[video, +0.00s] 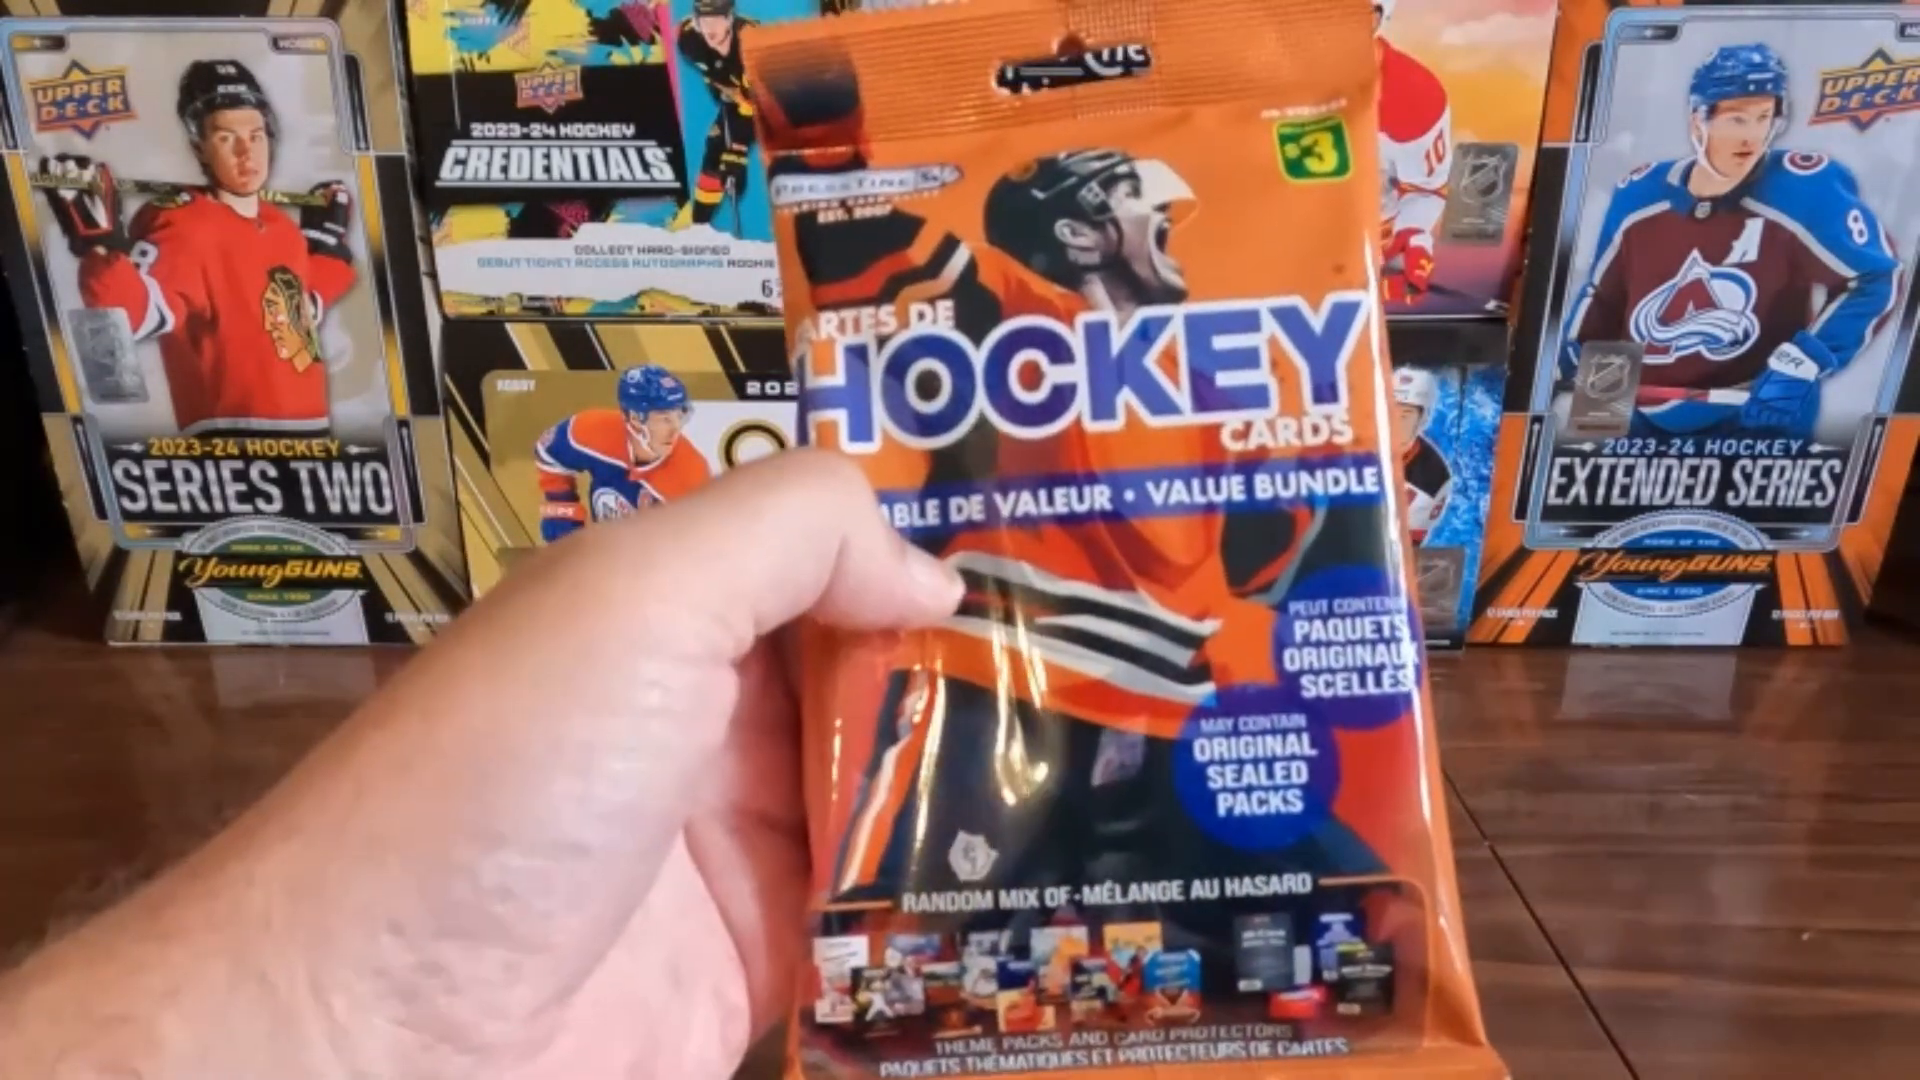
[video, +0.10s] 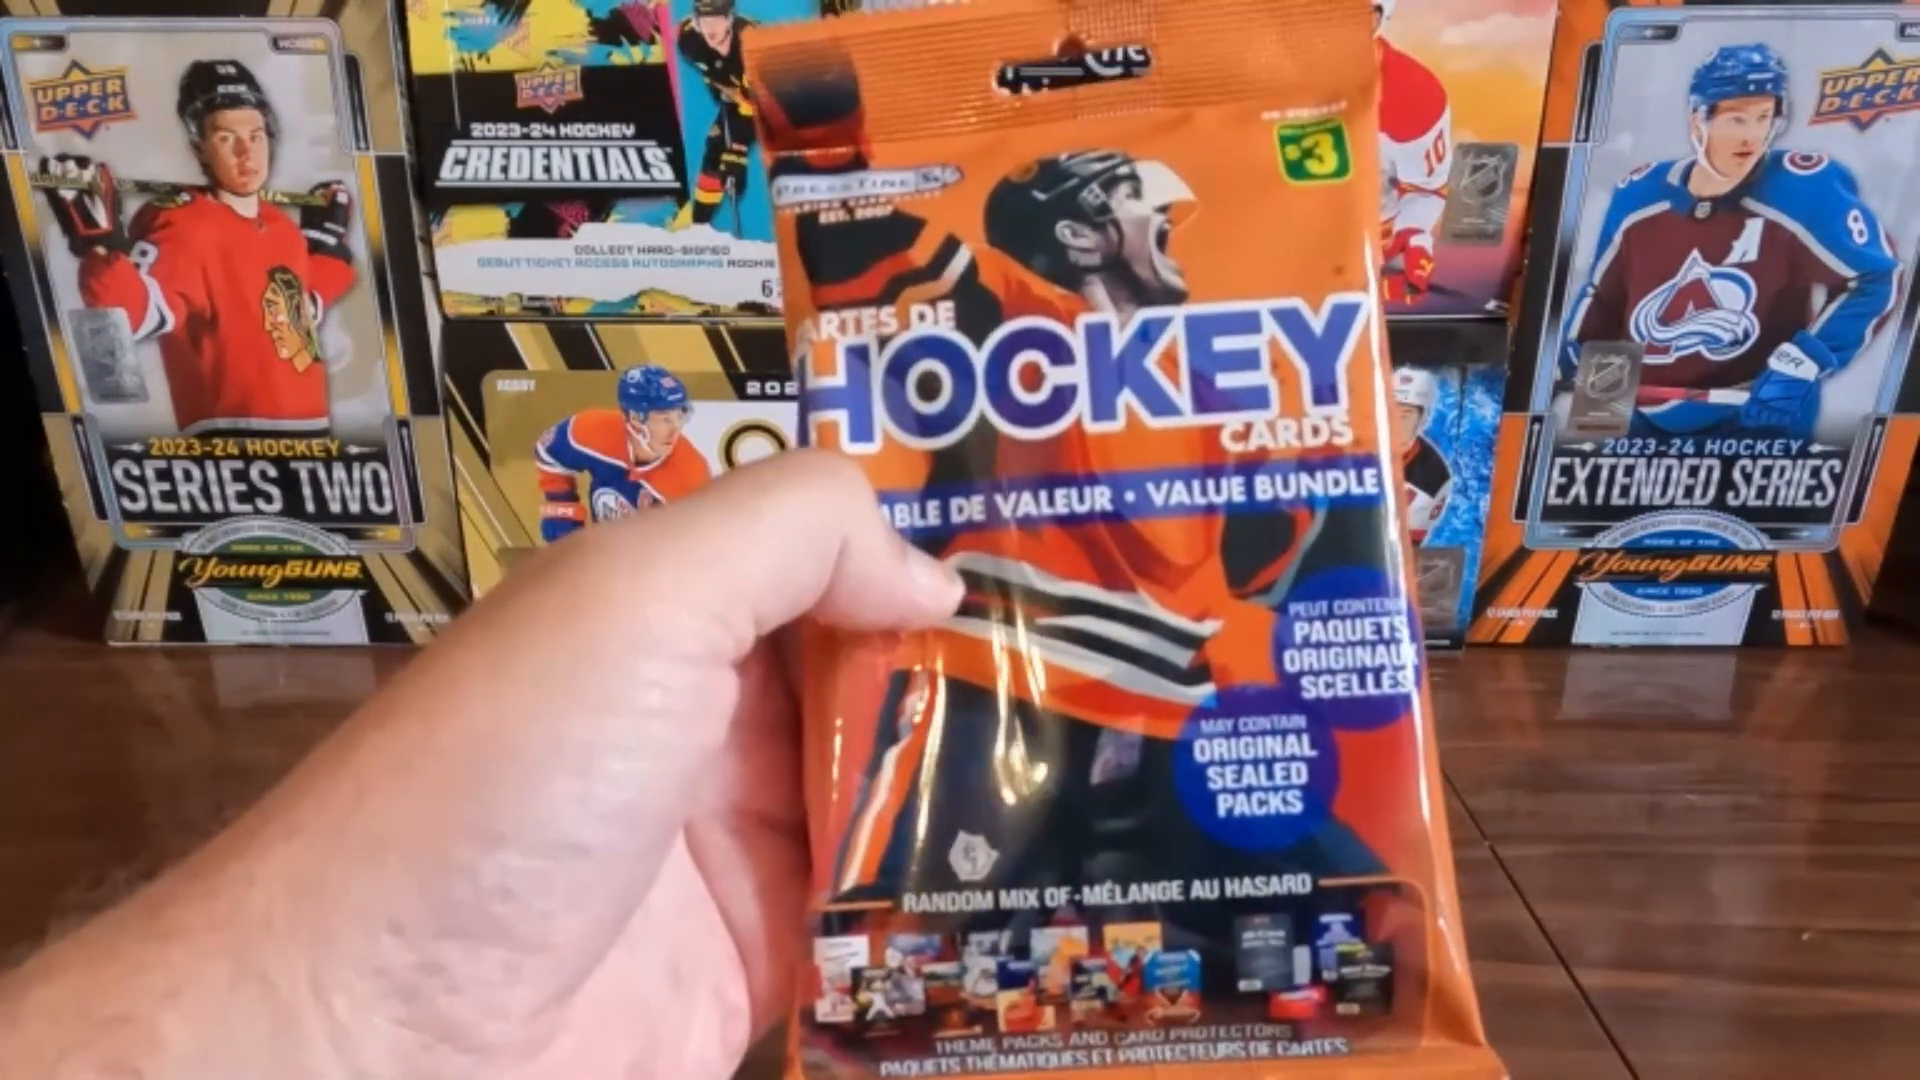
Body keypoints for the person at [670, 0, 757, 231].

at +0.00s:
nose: (709, 29)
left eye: (715, 22)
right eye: (704, 22)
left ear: (729, 19)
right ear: (696, 21)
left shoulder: (750, 36)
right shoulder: (688, 38)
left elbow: (749, 100)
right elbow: (711, 76)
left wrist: (736, 156)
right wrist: (734, 94)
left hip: (767, 103)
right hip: (731, 106)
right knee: (714, 147)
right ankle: (699, 220)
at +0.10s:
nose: (709, 29)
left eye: (715, 22)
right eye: (704, 22)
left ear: (729, 19)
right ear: (696, 21)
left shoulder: (751, 36)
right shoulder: (688, 38)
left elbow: (750, 100)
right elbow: (712, 76)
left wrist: (736, 156)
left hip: (768, 104)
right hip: (731, 106)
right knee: (714, 148)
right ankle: (698, 221)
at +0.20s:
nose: (709, 29)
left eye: (715, 22)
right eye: (704, 22)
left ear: (729, 19)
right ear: (696, 21)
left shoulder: (750, 36)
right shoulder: (688, 38)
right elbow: (710, 75)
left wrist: (735, 156)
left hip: (765, 104)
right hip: (730, 105)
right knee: (714, 150)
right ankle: (699, 221)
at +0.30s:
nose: (710, 30)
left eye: (716, 22)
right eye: (704, 22)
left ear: (730, 19)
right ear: (696, 22)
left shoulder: (752, 39)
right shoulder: (688, 39)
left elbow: (748, 100)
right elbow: (715, 78)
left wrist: (736, 155)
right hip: (733, 104)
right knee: (717, 144)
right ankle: (699, 219)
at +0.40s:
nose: (709, 30)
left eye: (716, 22)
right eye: (704, 22)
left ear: (729, 19)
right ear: (696, 21)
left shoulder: (753, 37)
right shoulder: (688, 38)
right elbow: (712, 76)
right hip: (731, 103)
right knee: (716, 152)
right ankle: (699, 221)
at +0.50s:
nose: (709, 32)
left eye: (715, 24)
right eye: (703, 24)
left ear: (729, 19)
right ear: (696, 22)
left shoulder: (755, 37)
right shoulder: (689, 38)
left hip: (761, 110)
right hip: (729, 110)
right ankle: (698, 224)